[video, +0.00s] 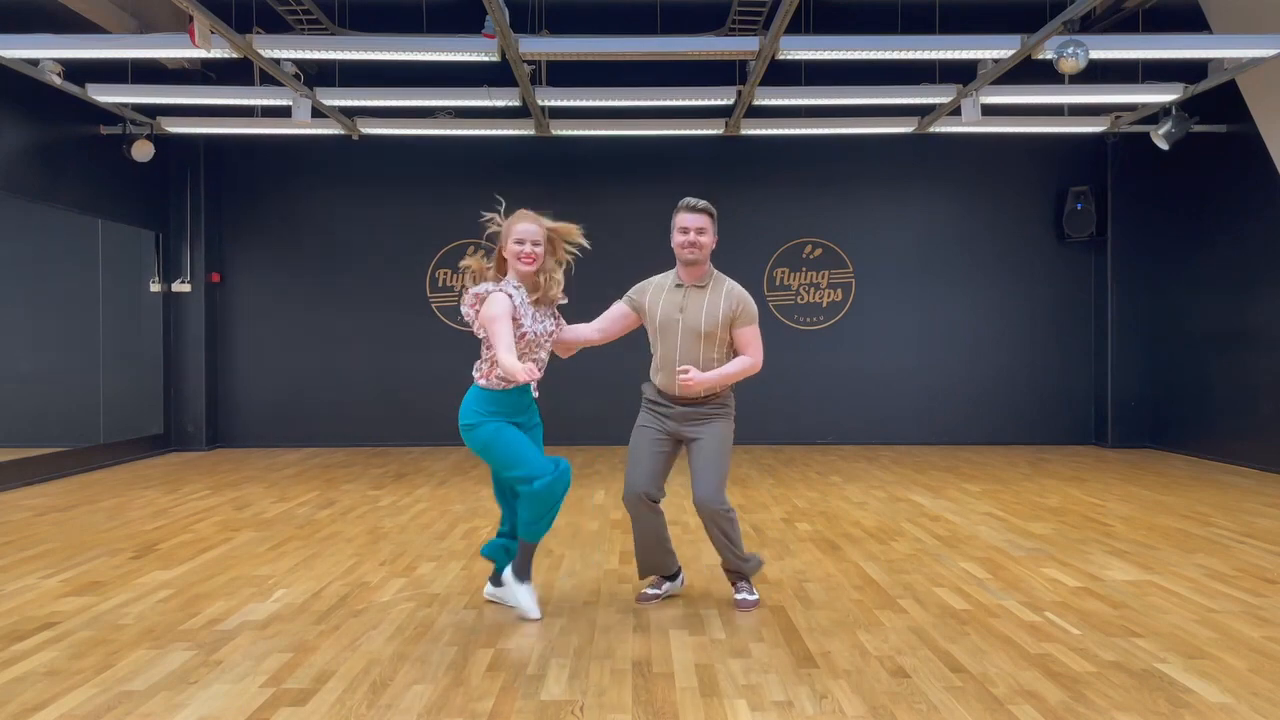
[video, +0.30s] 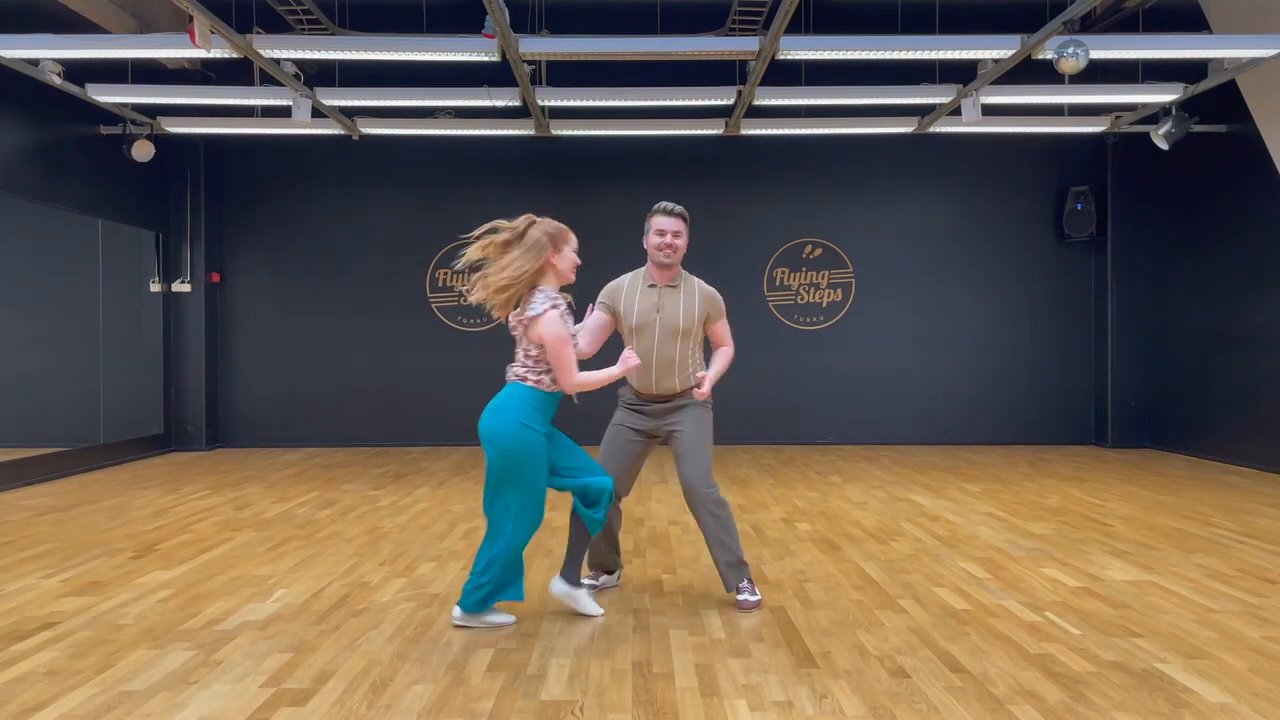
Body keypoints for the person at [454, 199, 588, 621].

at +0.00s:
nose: (528, 250)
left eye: (537, 243)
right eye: (519, 243)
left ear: (547, 251)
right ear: (503, 250)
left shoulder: (545, 298)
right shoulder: (498, 299)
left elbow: (563, 347)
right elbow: (503, 352)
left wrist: (578, 336)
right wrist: (520, 369)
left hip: (525, 410)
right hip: (486, 413)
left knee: (518, 495)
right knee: (546, 475)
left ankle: (501, 578)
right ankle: (520, 574)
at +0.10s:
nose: (541, 243)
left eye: (546, 237)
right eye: (531, 236)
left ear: (551, 246)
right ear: (509, 244)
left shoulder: (538, 292)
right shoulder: (505, 297)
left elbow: (552, 335)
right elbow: (522, 360)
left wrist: (598, 323)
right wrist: (564, 366)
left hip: (520, 403)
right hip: (482, 407)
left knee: (550, 491)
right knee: (540, 491)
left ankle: (504, 560)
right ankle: (506, 571)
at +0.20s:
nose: (559, 249)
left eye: (560, 242)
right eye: (551, 241)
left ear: (540, 249)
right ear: (525, 246)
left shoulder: (539, 295)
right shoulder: (519, 298)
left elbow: (548, 344)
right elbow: (541, 369)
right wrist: (597, 369)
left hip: (520, 410)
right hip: (489, 412)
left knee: (581, 469)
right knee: (536, 496)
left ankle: (542, 551)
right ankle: (484, 587)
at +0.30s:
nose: (578, 260)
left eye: (577, 253)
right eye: (573, 253)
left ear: (548, 258)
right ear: (550, 257)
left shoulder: (544, 300)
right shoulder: (548, 312)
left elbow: (581, 347)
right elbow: (570, 383)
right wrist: (618, 371)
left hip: (529, 420)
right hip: (515, 422)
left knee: (597, 485)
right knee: (517, 516)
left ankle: (570, 580)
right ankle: (472, 606)